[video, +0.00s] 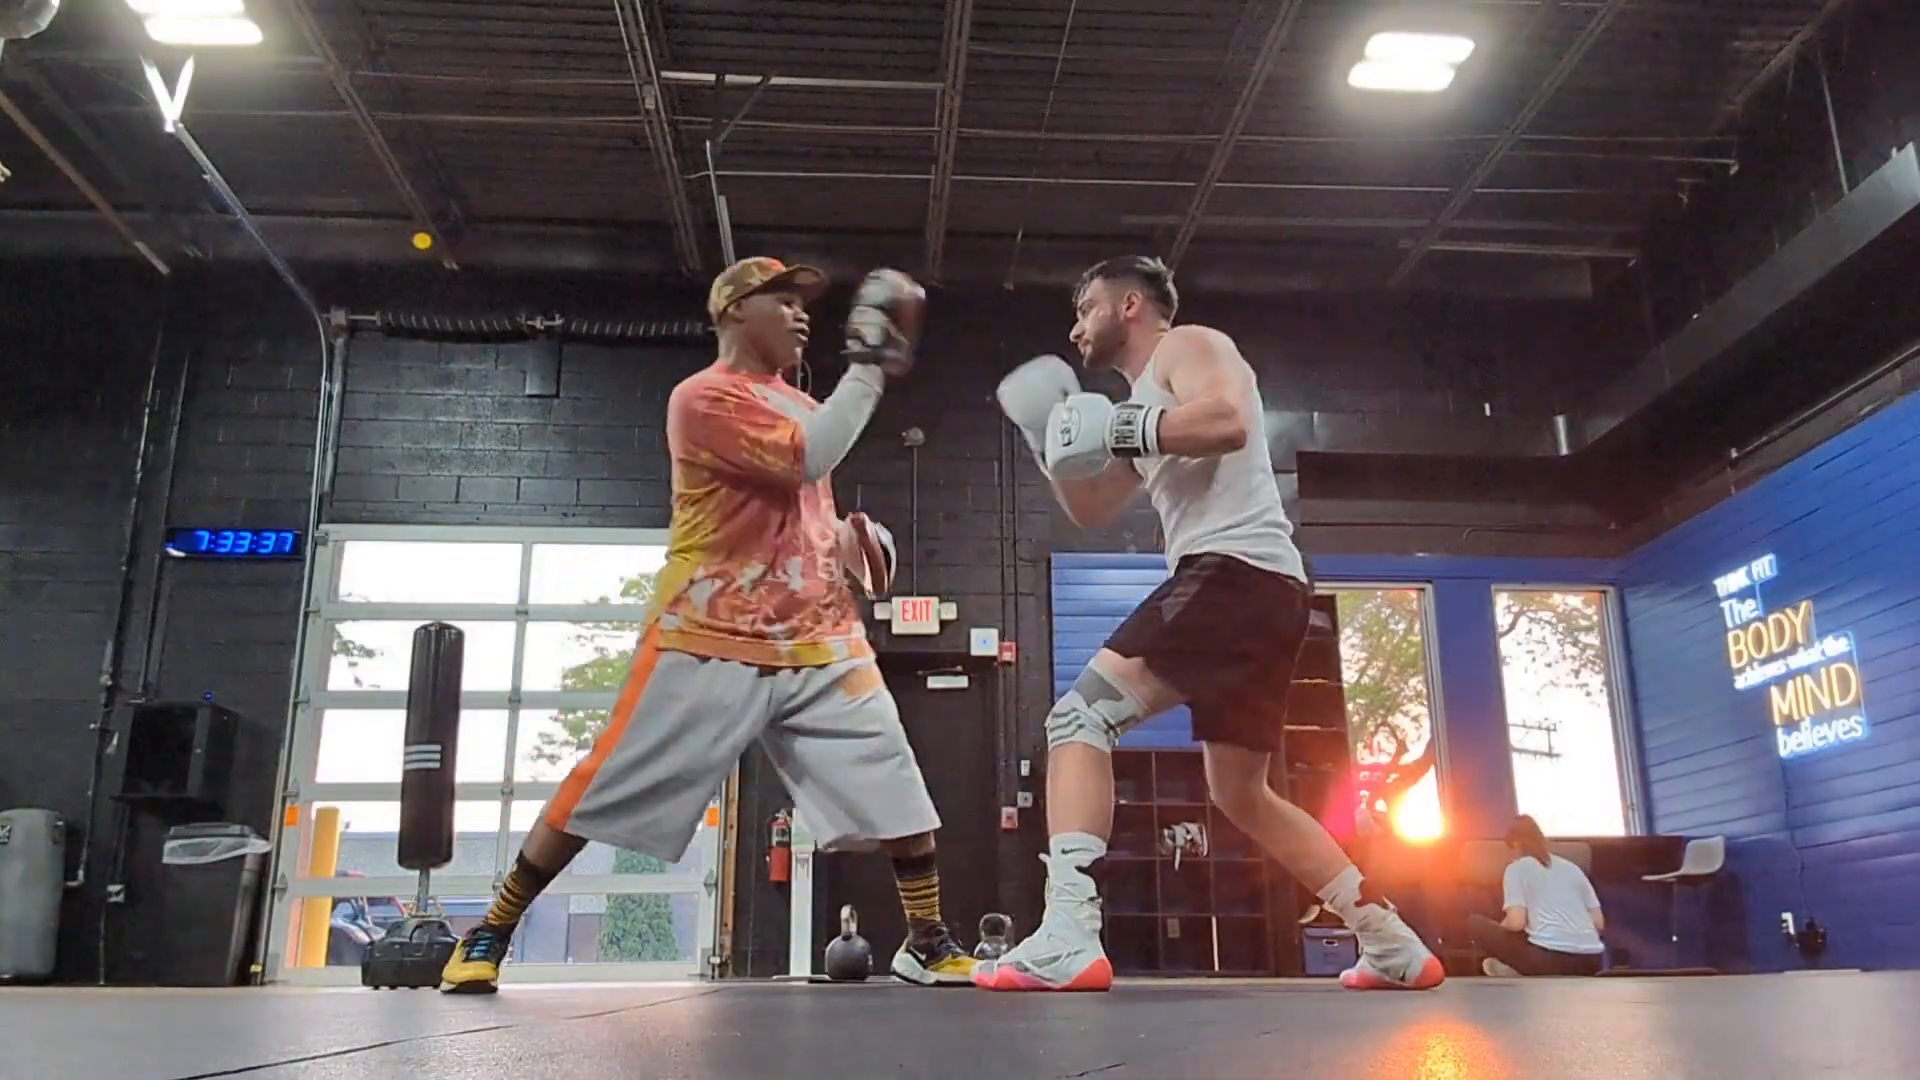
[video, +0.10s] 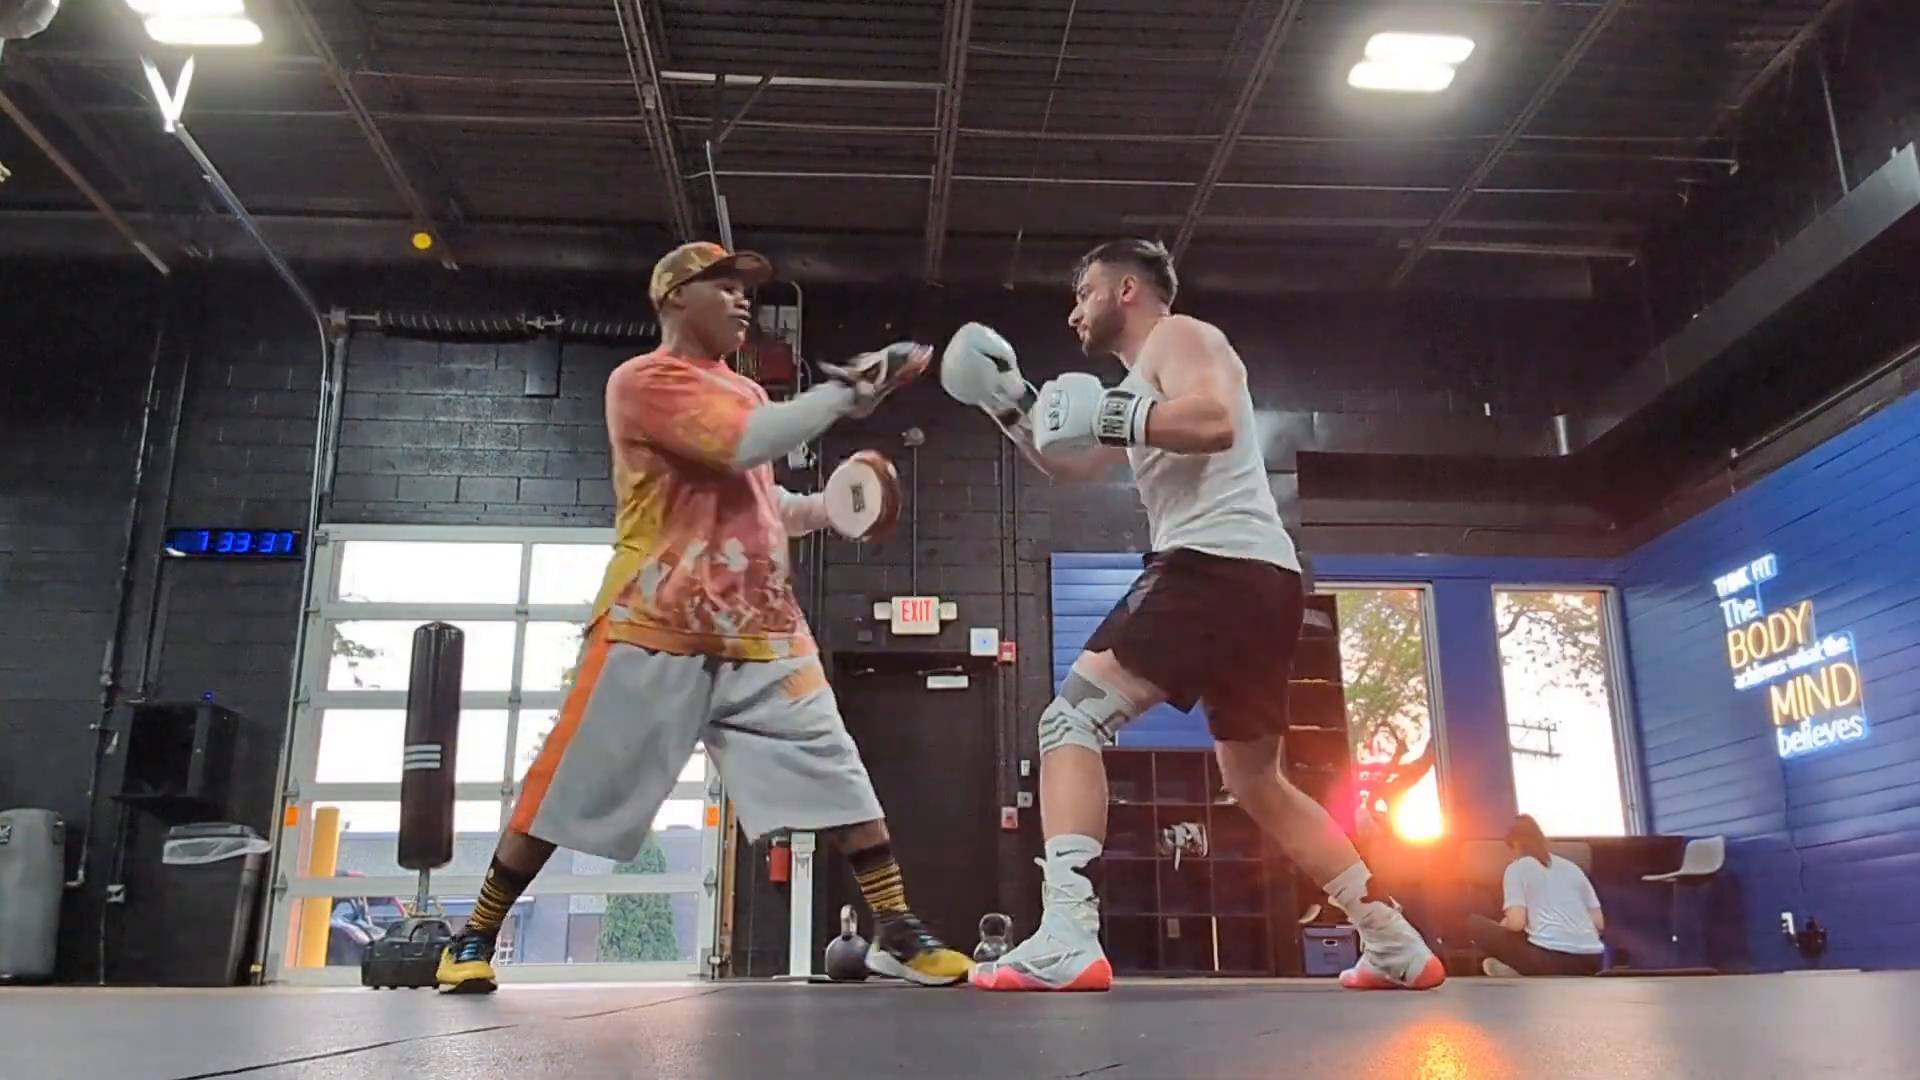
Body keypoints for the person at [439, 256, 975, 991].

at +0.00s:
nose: (801, 313)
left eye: (800, 304)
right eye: (783, 301)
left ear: (784, 323)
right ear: (733, 314)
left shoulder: (807, 409)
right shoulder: (701, 398)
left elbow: (807, 523)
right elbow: (804, 456)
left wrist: (849, 537)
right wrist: (869, 363)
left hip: (819, 627)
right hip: (709, 628)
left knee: (890, 763)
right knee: (608, 778)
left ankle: (929, 938)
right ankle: (492, 933)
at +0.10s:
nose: (742, 300)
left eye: (742, 290)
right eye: (724, 288)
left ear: (727, 307)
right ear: (675, 300)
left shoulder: (747, 396)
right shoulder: (640, 381)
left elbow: (749, 512)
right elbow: (739, 441)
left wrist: (830, 504)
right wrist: (850, 390)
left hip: (761, 619)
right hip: (657, 617)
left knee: (834, 759)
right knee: (570, 773)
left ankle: (897, 927)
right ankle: (476, 938)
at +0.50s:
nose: (649, 289)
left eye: (653, 279)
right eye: (632, 277)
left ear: (658, 296)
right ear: (590, 297)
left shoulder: (690, 378)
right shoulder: (553, 384)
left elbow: (709, 496)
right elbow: (571, 467)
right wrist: (609, 364)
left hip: (683, 606)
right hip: (587, 603)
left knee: (694, 764)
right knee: (548, 760)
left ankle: (607, 894)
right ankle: (471, 932)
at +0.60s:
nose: (682, 296)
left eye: (683, 286)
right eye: (665, 281)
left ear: (669, 303)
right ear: (617, 293)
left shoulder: (675, 385)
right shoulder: (588, 374)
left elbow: (684, 511)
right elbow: (684, 431)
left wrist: (719, 492)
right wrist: (743, 338)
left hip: (683, 602)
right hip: (599, 605)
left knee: (740, 743)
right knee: (547, 767)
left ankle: (656, 901)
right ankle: (468, 937)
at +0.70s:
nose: (706, 300)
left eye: (704, 290)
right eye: (690, 285)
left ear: (682, 307)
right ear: (643, 298)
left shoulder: (700, 394)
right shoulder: (612, 372)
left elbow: (748, 507)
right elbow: (693, 452)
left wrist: (753, 412)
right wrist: (790, 385)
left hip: (698, 602)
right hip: (614, 600)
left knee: (773, 741)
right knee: (562, 761)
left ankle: (761, 933)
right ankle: (465, 938)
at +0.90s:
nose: (789, 325)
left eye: (795, 318)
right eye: (769, 310)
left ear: (798, 339)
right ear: (720, 324)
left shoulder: (816, 402)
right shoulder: (663, 413)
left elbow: (913, 396)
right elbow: (619, 522)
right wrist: (721, 548)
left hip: (777, 646)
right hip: (658, 638)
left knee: (855, 784)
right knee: (569, 784)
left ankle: (899, 942)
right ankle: (475, 936)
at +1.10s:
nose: (875, 338)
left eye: (881, 330)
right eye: (858, 322)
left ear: (879, 352)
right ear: (810, 335)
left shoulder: (902, 428)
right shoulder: (749, 411)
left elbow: (996, 465)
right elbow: (683, 505)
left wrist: (1015, 419)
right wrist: (755, 458)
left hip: (848, 644)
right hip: (737, 641)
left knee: (907, 762)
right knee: (656, 770)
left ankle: (908, 943)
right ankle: (512, 902)